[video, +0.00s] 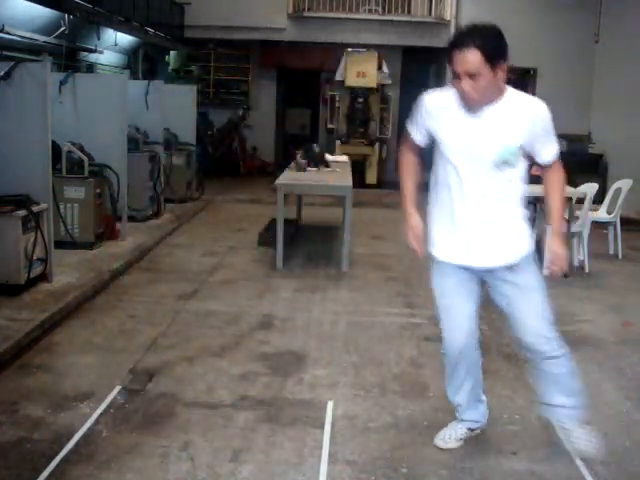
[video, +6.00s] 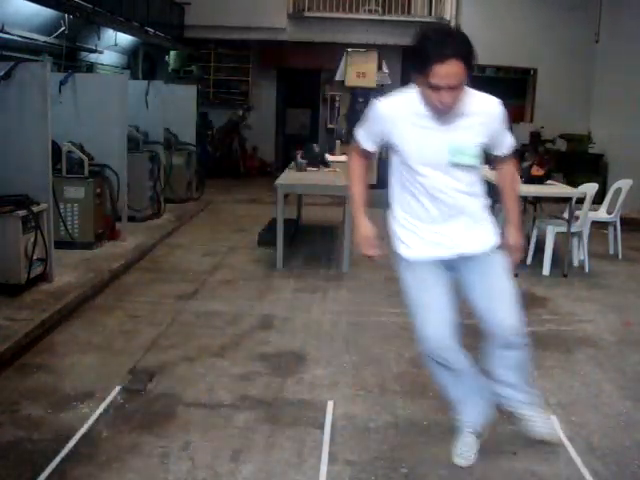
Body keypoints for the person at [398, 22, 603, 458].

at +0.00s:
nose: (463, 86)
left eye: (472, 76)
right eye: (457, 76)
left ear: (501, 70)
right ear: (449, 70)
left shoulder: (531, 113)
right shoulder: (434, 105)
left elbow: (552, 168)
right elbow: (409, 149)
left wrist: (556, 235)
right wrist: (411, 211)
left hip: (510, 252)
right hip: (449, 251)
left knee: (540, 339)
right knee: (457, 341)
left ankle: (568, 418)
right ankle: (469, 417)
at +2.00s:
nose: (476, 157)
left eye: (485, 148)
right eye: (469, 147)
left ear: (516, 138)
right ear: (463, 136)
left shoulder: (553, 174)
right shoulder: (449, 175)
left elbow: (569, 231)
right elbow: (432, 230)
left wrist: (582, 299)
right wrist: (417, 301)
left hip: (543, 300)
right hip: (476, 299)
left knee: (586, 382)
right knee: (450, 381)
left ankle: (619, 452)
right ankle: (464, 444)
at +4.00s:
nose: (490, 135)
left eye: (500, 125)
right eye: (480, 125)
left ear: (515, 113)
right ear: (462, 113)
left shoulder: (538, 152)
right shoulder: (429, 155)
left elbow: (552, 207)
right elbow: (395, 204)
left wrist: (569, 271)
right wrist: (394, 277)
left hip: (531, 292)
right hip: (463, 298)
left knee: (580, 376)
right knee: (464, 396)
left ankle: (630, 460)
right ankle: (482, 465)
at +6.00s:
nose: (444, 98)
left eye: (454, 87)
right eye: (435, 88)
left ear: (467, 76)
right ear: (418, 78)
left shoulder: (488, 111)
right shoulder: (388, 111)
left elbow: (505, 162)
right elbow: (359, 152)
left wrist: (513, 224)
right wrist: (360, 218)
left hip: (478, 240)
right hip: (417, 247)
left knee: (507, 326)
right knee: (435, 339)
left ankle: (519, 399)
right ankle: (472, 414)